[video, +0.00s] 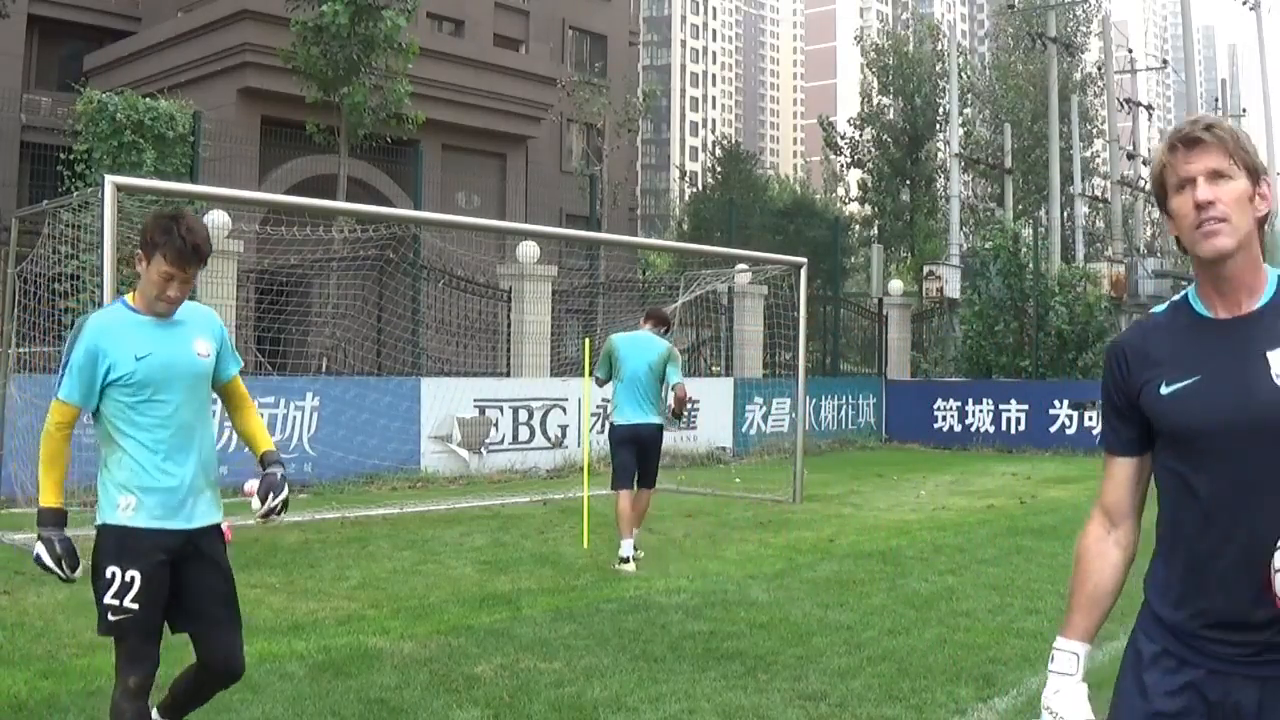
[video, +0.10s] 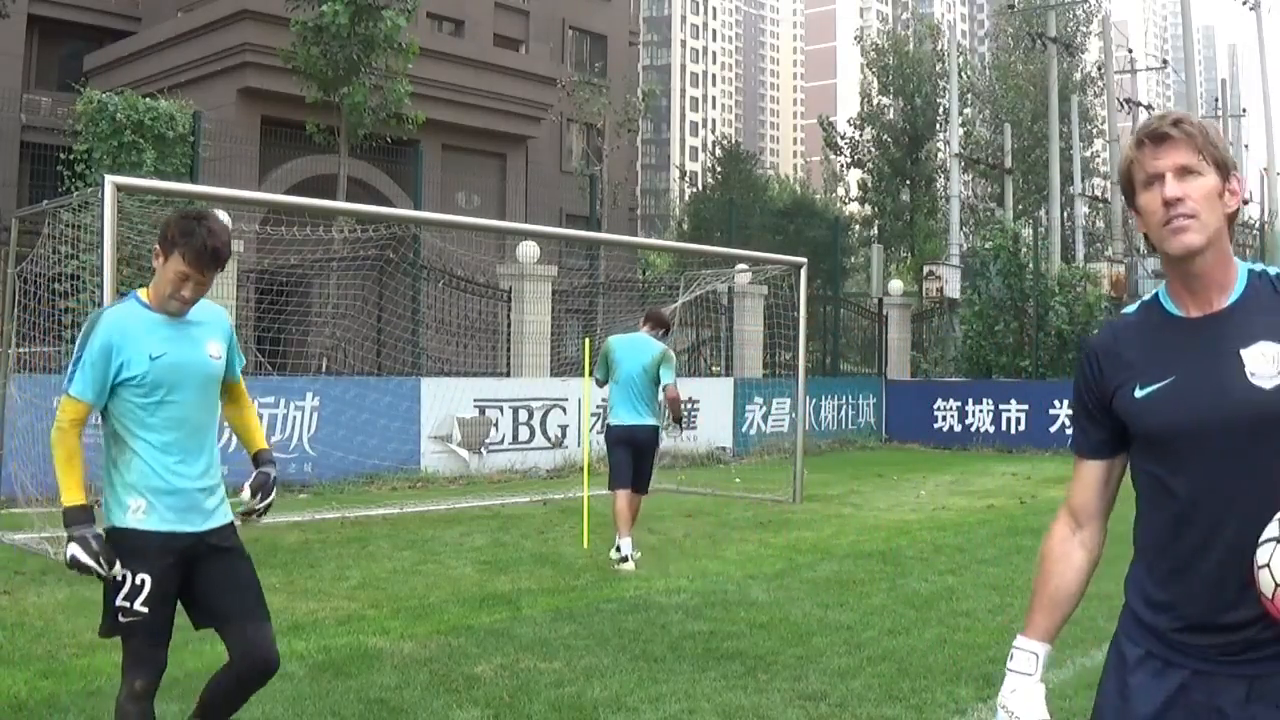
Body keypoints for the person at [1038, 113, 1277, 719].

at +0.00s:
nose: (1203, 196)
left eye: (1220, 176)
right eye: (1183, 186)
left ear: (1261, 196)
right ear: (1170, 219)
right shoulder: (1140, 353)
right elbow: (1112, 522)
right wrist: (1066, 665)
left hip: (1275, 662)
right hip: (1175, 662)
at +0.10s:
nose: (1171, 193)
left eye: (1188, 172)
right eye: (1152, 183)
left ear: (1231, 192)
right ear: (1137, 218)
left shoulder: (1277, 311)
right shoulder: (1114, 351)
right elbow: (1077, 523)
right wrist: (1025, 663)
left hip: (1272, 660)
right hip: (1157, 665)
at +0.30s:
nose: (1131, 200)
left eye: (1145, 177)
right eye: (1106, 188)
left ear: (1181, 186)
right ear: (1086, 219)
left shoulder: (1268, 301)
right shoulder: (1068, 353)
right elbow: (1007, 511)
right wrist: (920, 639)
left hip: (1260, 663)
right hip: (1126, 670)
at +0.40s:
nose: (1114, 198)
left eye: (1128, 173)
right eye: (1091, 186)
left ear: (1170, 185)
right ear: (1074, 214)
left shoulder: (1260, 300)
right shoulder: (1056, 349)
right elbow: (978, 499)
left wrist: (1272, 563)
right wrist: (871, 614)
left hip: (1253, 663)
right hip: (1116, 671)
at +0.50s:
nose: (1098, 200)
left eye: (1117, 177)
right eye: (1081, 185)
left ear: (1171, 184)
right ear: (1070, 204)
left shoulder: (1261, 302)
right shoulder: (1056, 345)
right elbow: (963, 490)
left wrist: (1272, 557)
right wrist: (849, 597)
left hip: (1249, 669)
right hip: (1110, 675)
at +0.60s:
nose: (1096, 202)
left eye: (1118, 178)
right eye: (1088, 183)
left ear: (1182, 184)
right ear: (1080, 192)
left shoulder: (1265, 302)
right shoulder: (1067, 336)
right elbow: (962, 470)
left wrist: (1274, 560)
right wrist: (842, 567)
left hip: (1246, 673)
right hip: (1106, 672)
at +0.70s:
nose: (1110, 193)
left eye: (1134, 173)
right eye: (1105, 175)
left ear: (1197, 180)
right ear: (1099, 181)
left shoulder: (1269, 301)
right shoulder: (1080, 329)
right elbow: (976, 455)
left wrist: (1273, 564)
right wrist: (852, 549)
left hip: (1247, 674)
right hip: (1109, 671)